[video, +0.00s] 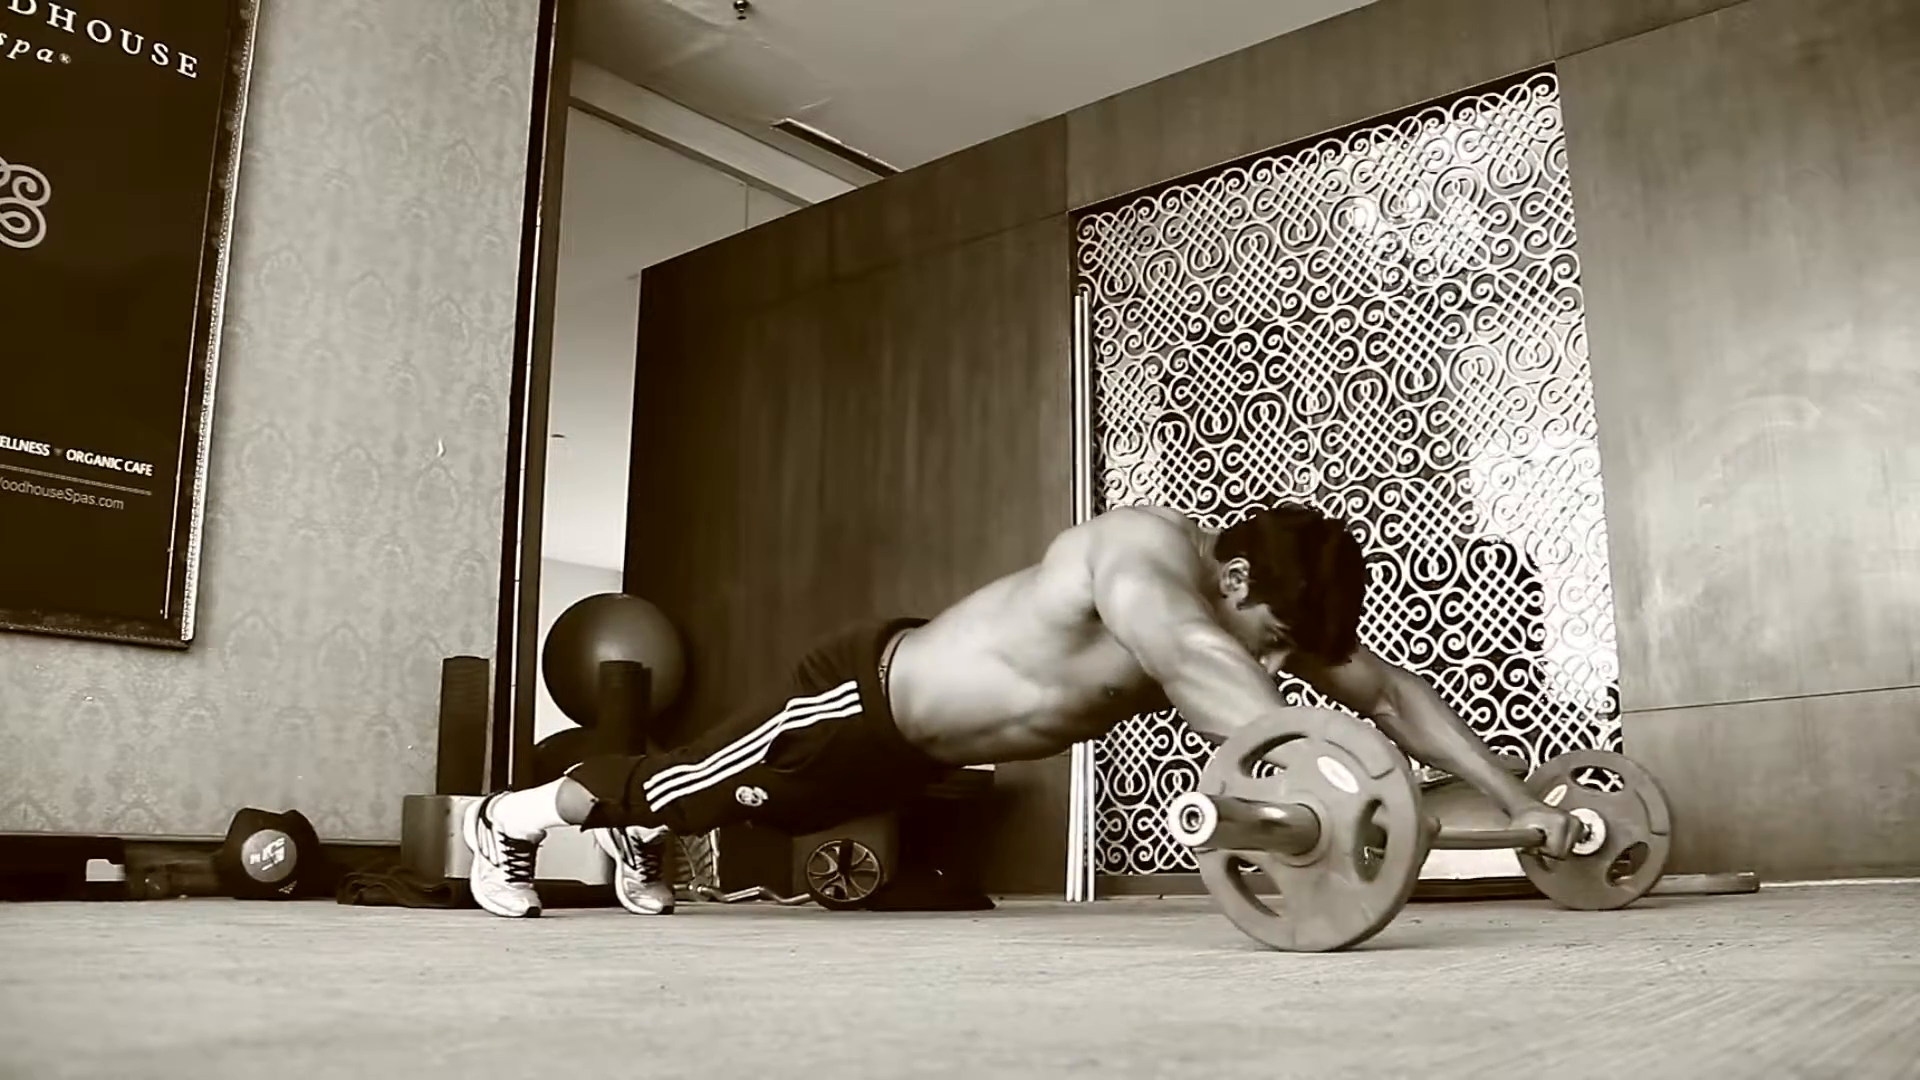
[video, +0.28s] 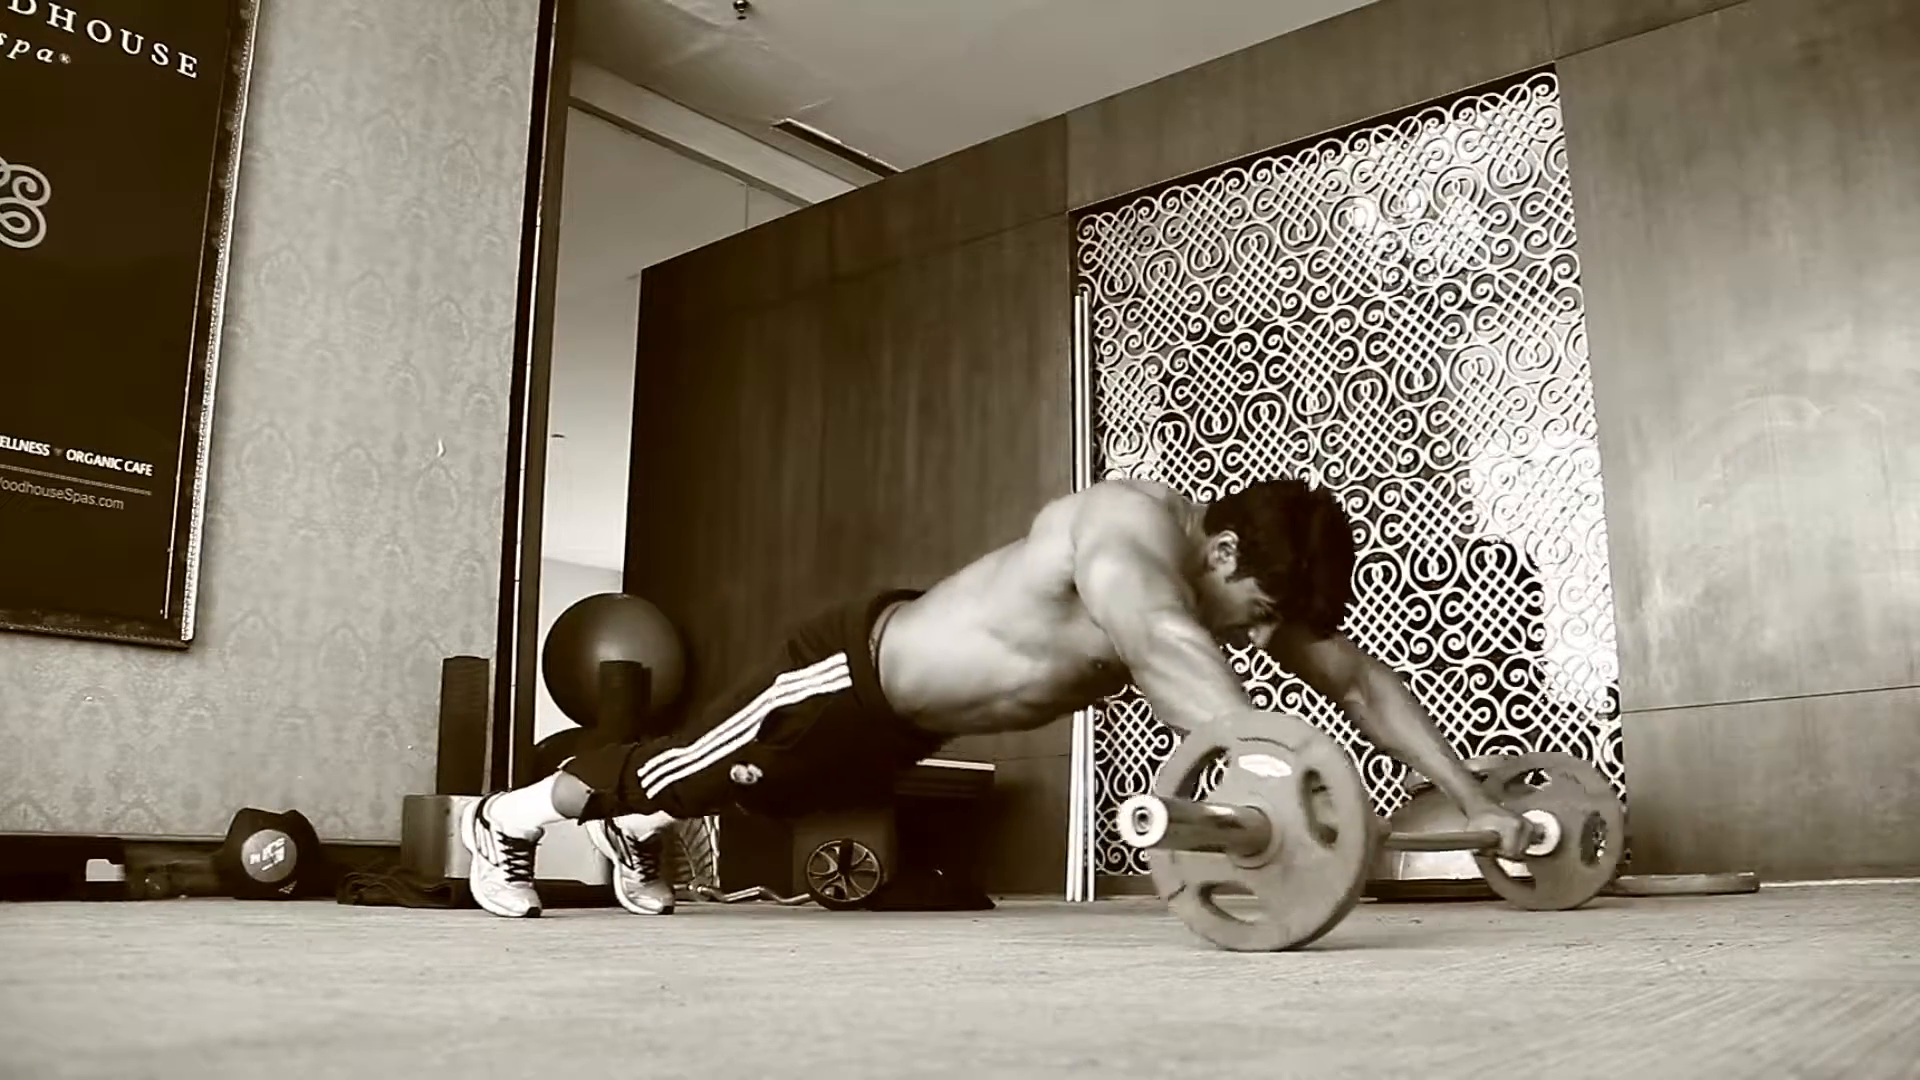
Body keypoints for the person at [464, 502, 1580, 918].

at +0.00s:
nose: (1273, 658)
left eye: (1286, 649)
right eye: (1274, 635)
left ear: (1296, 617)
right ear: (1239, 573)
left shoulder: (1254, 607)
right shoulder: (1143, 548)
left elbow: (1385, 695)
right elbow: (1180, 663)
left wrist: (1520, 802)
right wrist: (1317, 734)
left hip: (955, 763)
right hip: (875, 702)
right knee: (676, 791)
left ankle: (712, 868)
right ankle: (506, 830)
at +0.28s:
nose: (1250, 636)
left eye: (1266, 627)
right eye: (1254, 612)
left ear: (1278, 588)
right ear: (1234, 548)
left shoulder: (1229, 569)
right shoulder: (1129, 527)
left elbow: (1353, 677)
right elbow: (1167, 665)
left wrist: (1453, 773)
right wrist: (1265, 742)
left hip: (916, 716)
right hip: (859, 672)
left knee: (749, 796)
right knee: (660, 775)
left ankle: (616, 844)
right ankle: (514, 824)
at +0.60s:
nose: (1208, 591)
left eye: (1226, 579)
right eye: (1215, 569)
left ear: (1209, 521)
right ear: (1191, 507)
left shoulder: (1177, 534)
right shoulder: (1075, 487)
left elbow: (1290, 665)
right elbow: (1086, 625)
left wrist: (1372, 793)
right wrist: (1156, 750)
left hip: (887, 645)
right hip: (823, 612)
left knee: (751, 738)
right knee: (657, 737)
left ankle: (618, 821)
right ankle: (495, 821)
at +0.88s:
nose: (1174, 551)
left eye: (1189, 541)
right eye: (1178, 529)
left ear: (1172, 498)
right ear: (1141, 473)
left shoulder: (1136, 529)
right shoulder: (1023, 461)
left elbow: (1217, 659)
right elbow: (996, 621)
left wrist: (1275, 810)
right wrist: (1043, 794)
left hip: (852, 616)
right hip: (786, 559)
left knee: (728, 729)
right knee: (643, 709)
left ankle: (611, 832)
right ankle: (489, 826)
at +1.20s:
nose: (1092, 552)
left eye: (1108, 540)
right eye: (1093, 529)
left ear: (1104, 506)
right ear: (1055, 474)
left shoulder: (1070, 510)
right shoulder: (943, 469)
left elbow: (1132, 659)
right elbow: (905, 631)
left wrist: (1170, 808)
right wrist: (934, 799)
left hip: (817, 570)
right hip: (740, 517)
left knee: (701, 710)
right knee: (612, 695)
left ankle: (610, 843)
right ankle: (481, 836)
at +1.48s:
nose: (1032, 558)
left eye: (1050, 546)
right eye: (1030, 534)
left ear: (1063, 528)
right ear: (992, 482)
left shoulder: (1017, 521)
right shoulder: (879, 472)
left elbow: (1066, 667)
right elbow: (838, 635)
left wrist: (1097, 805)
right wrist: (858, 801)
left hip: (782, 546)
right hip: (703, 489)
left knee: (686, 692)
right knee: (596, 676)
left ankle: (603, 847)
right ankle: (473, 845)